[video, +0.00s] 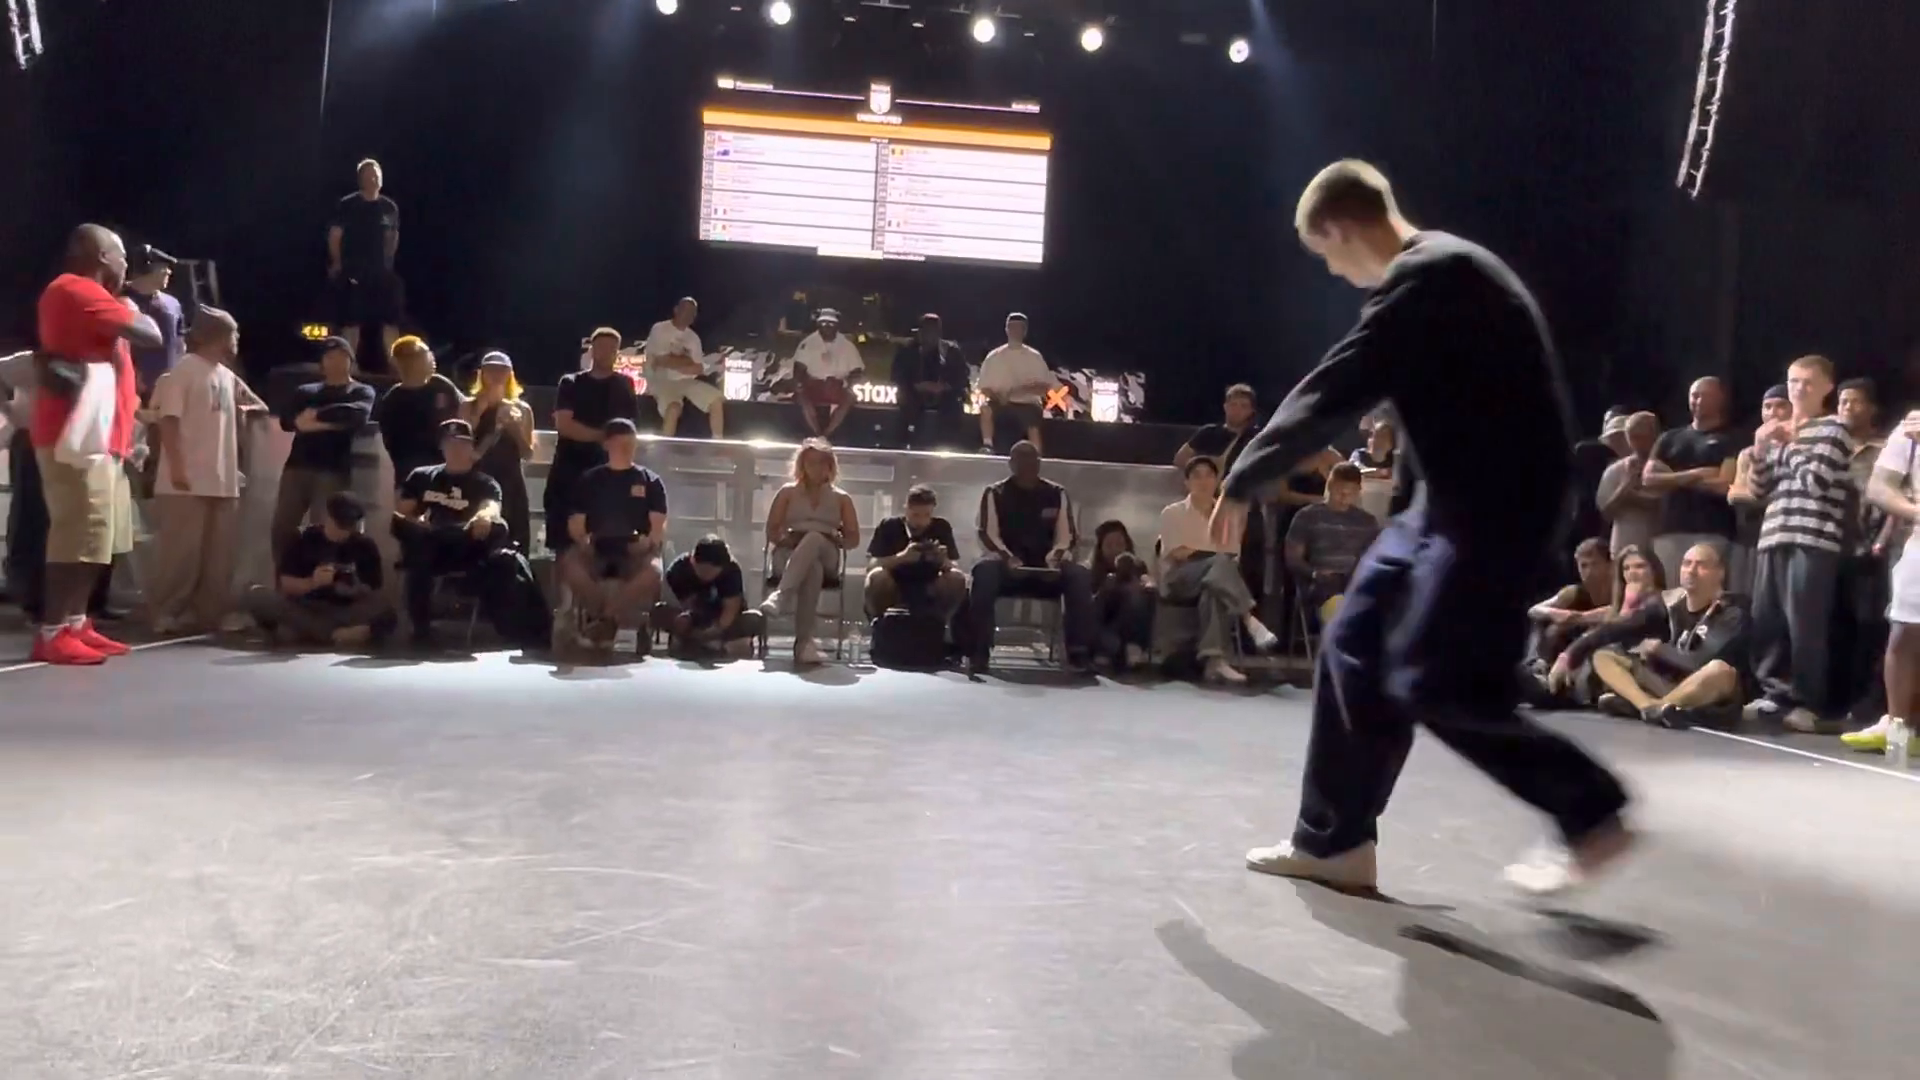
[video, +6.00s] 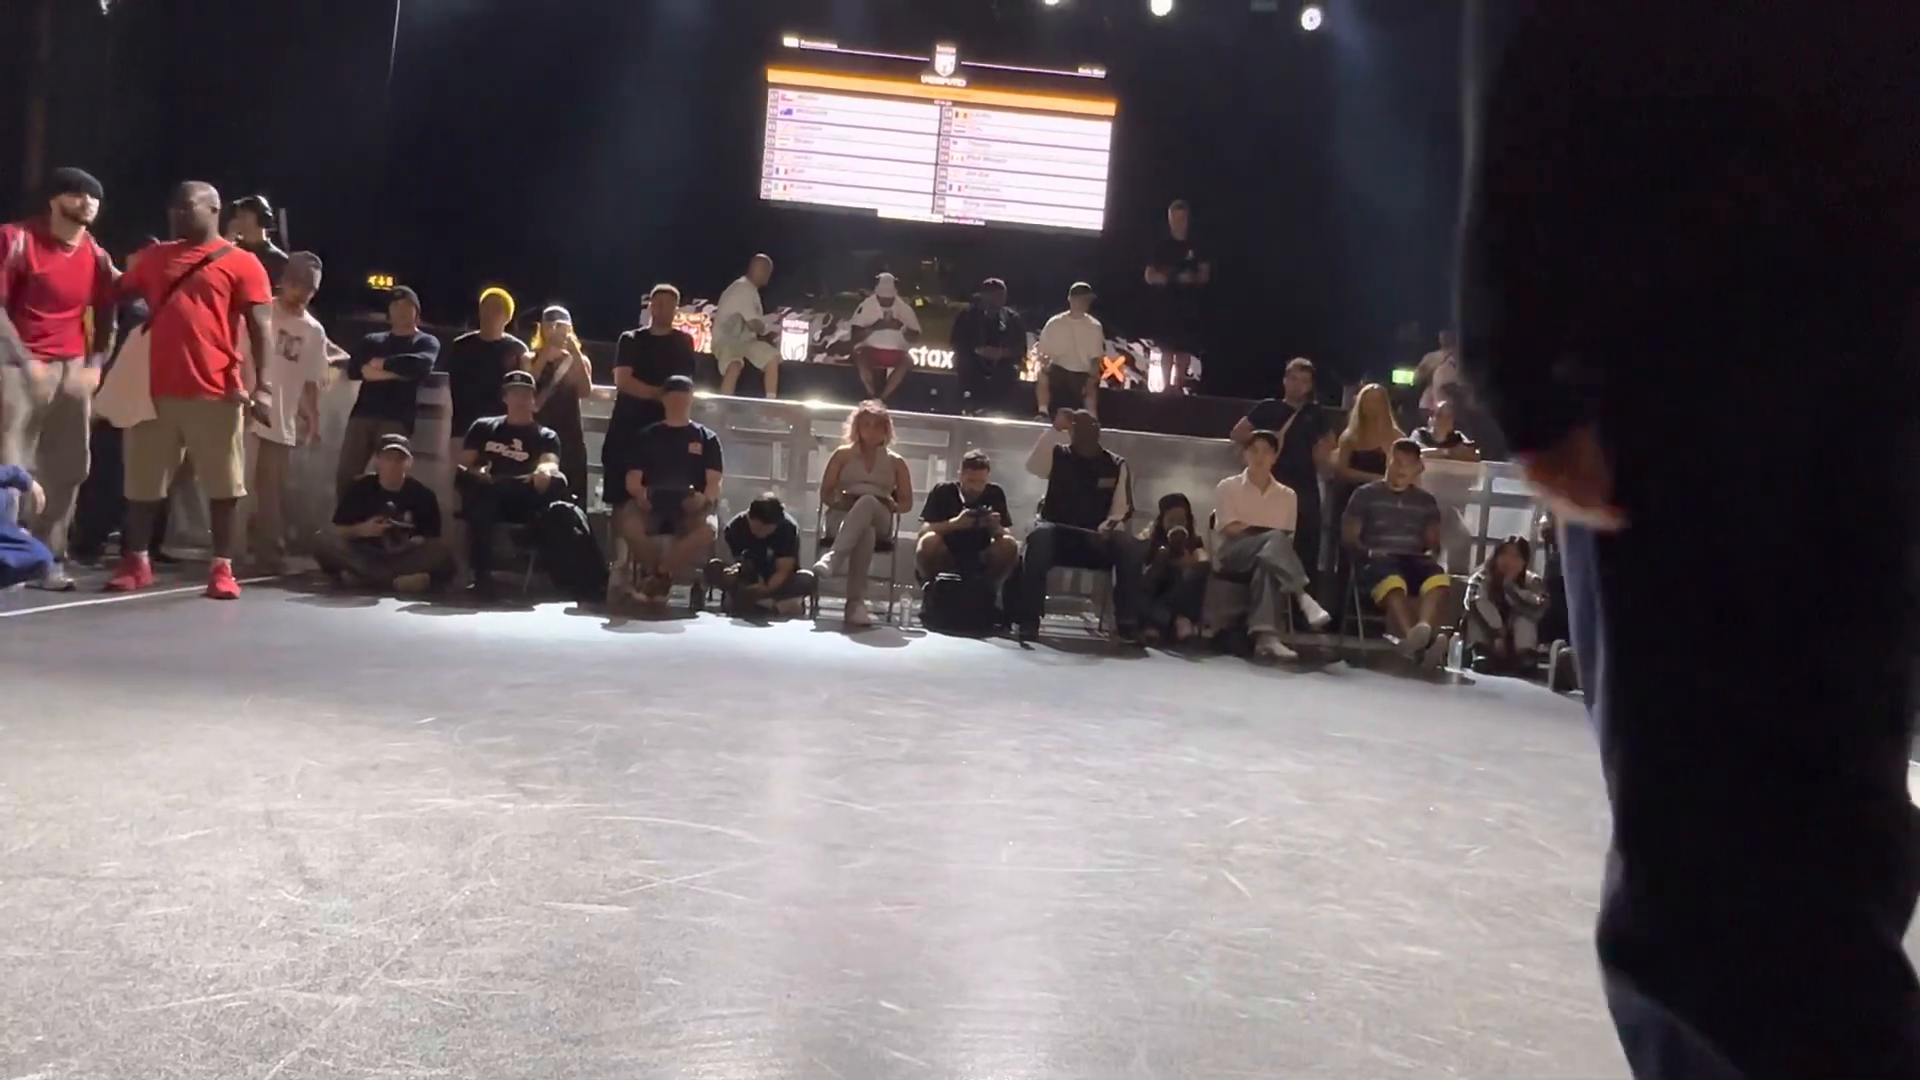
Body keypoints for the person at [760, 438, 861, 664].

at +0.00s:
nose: (821, 468)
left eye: (826, 463)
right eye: (815, 462)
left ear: (832, 467)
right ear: (803, 465)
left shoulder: (841, 499)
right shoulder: (788, 493)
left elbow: (853, 539)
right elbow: (772, 532)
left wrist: (830, 538)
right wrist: (794, 542)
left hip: (828, 560)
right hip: (788, 556)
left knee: (813, 538)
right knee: (813, 567)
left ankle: (780, 594)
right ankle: (804, 642)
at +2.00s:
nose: (867, 437)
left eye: (872, 431)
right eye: (860, 431)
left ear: (880, 435)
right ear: (850, 433)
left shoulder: (889, 466)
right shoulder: (837, 459)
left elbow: (899, 507)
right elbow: (819, 497)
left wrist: (874, 505)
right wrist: (845, 508)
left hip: (874, 527)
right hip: (835, 522)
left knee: (860, 504)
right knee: (859, 533)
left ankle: (826, 560)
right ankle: (849, 608)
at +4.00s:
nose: (877, 426)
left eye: (882, 421)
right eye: (871, 420)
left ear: (889, 425)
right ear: (860, 423)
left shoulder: (899, 457)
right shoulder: (846, 449)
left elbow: (909, 498)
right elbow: (829, 488)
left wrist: (885, 495)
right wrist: (851, 497)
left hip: (884, 517)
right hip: (844, 513)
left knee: (870, 496)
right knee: (869, 525)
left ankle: (835, 551)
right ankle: (858, 599)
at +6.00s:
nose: (871, 431)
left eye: (878, 426)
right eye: (866, 425)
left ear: (886, 430)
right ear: (856, 428)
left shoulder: (895, 463)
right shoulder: (842, 455)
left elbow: (906, 503)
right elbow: (826, 494)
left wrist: (888, 505)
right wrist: (846, 502)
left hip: (881, 522)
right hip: (841, 518)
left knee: (867, 501)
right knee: (866, 531)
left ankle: (832, 557)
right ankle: (855, 605)